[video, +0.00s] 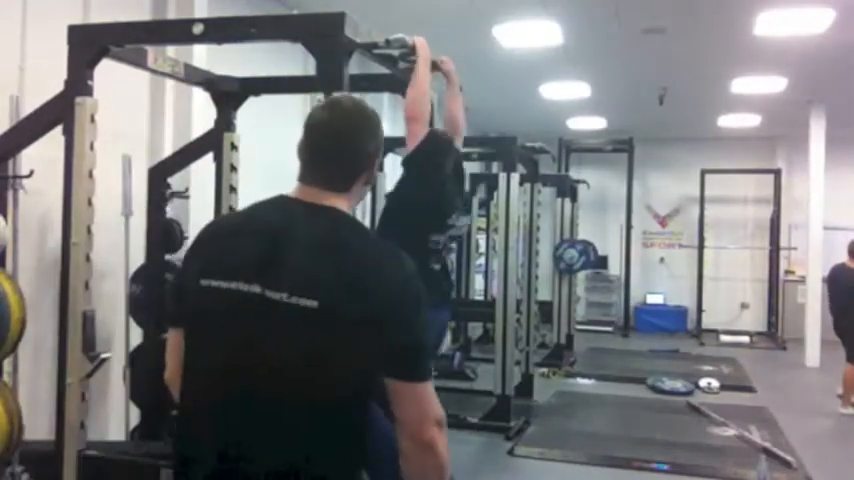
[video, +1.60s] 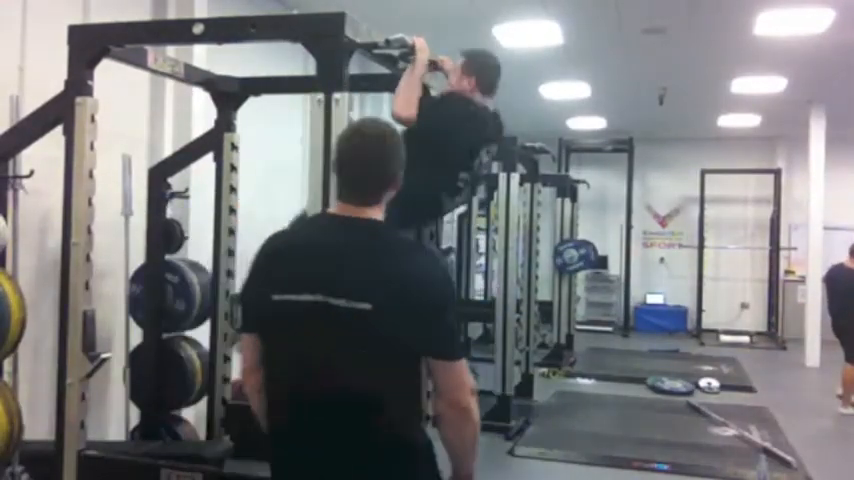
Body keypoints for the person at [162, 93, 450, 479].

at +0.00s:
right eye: (380, 163)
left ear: (300, 152)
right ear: (372, 169)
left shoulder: (217, 238)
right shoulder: (386, 272)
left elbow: (176, 376)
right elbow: (423, 430)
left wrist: (221, 438)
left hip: (215, 462)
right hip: (329, 465)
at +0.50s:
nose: (332, 179)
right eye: (331, 170)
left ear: (262, 170)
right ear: (323, 176)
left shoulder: (195, 257)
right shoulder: (355, 260)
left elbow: (171, 388)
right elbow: (399, 397)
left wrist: (192, 464)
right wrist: (410, 473)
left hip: (221, 466)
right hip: (322, 466)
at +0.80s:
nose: (310, 179)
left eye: (309, 169)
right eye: (310, 169)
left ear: (238, 167)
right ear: (299, 173)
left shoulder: (175, 261)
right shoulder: (328, 256)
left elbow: (169, 380)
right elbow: (373, 384)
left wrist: (204, 440)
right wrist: (367, 442)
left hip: (216, 462)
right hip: (309, 462)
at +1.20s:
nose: (330, 177)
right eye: (329, 167)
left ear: (264, 170)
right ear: (323, 178)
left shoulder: (202, 256)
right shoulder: (351, 263)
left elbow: (181, 378)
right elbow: (390, 391)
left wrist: (198, 455)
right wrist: (407, 466)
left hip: (234, 463)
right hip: (329, 463)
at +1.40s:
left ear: (296, 169)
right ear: (357, 182)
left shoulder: (235, 257)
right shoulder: (384, 264)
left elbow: (212, 376)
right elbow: (424, 394)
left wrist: (225, 453)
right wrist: (434, 471)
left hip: (265, 459)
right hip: (358, 462)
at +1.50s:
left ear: (317, 172)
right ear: (377, 183)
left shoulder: (258, 253)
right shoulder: (405, 266)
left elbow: (232, 377)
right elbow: (442, 398)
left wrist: (253, 450)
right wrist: (451, 471)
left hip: (283, 461)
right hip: (376, 463)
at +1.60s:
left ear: (336, 172)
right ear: (395, 185)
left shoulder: (278, 251)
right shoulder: (420, 266)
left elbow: (253, 375)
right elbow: (456, 399)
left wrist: (283, 444)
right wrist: (463, 471)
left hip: (300, 459)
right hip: (391, 463)